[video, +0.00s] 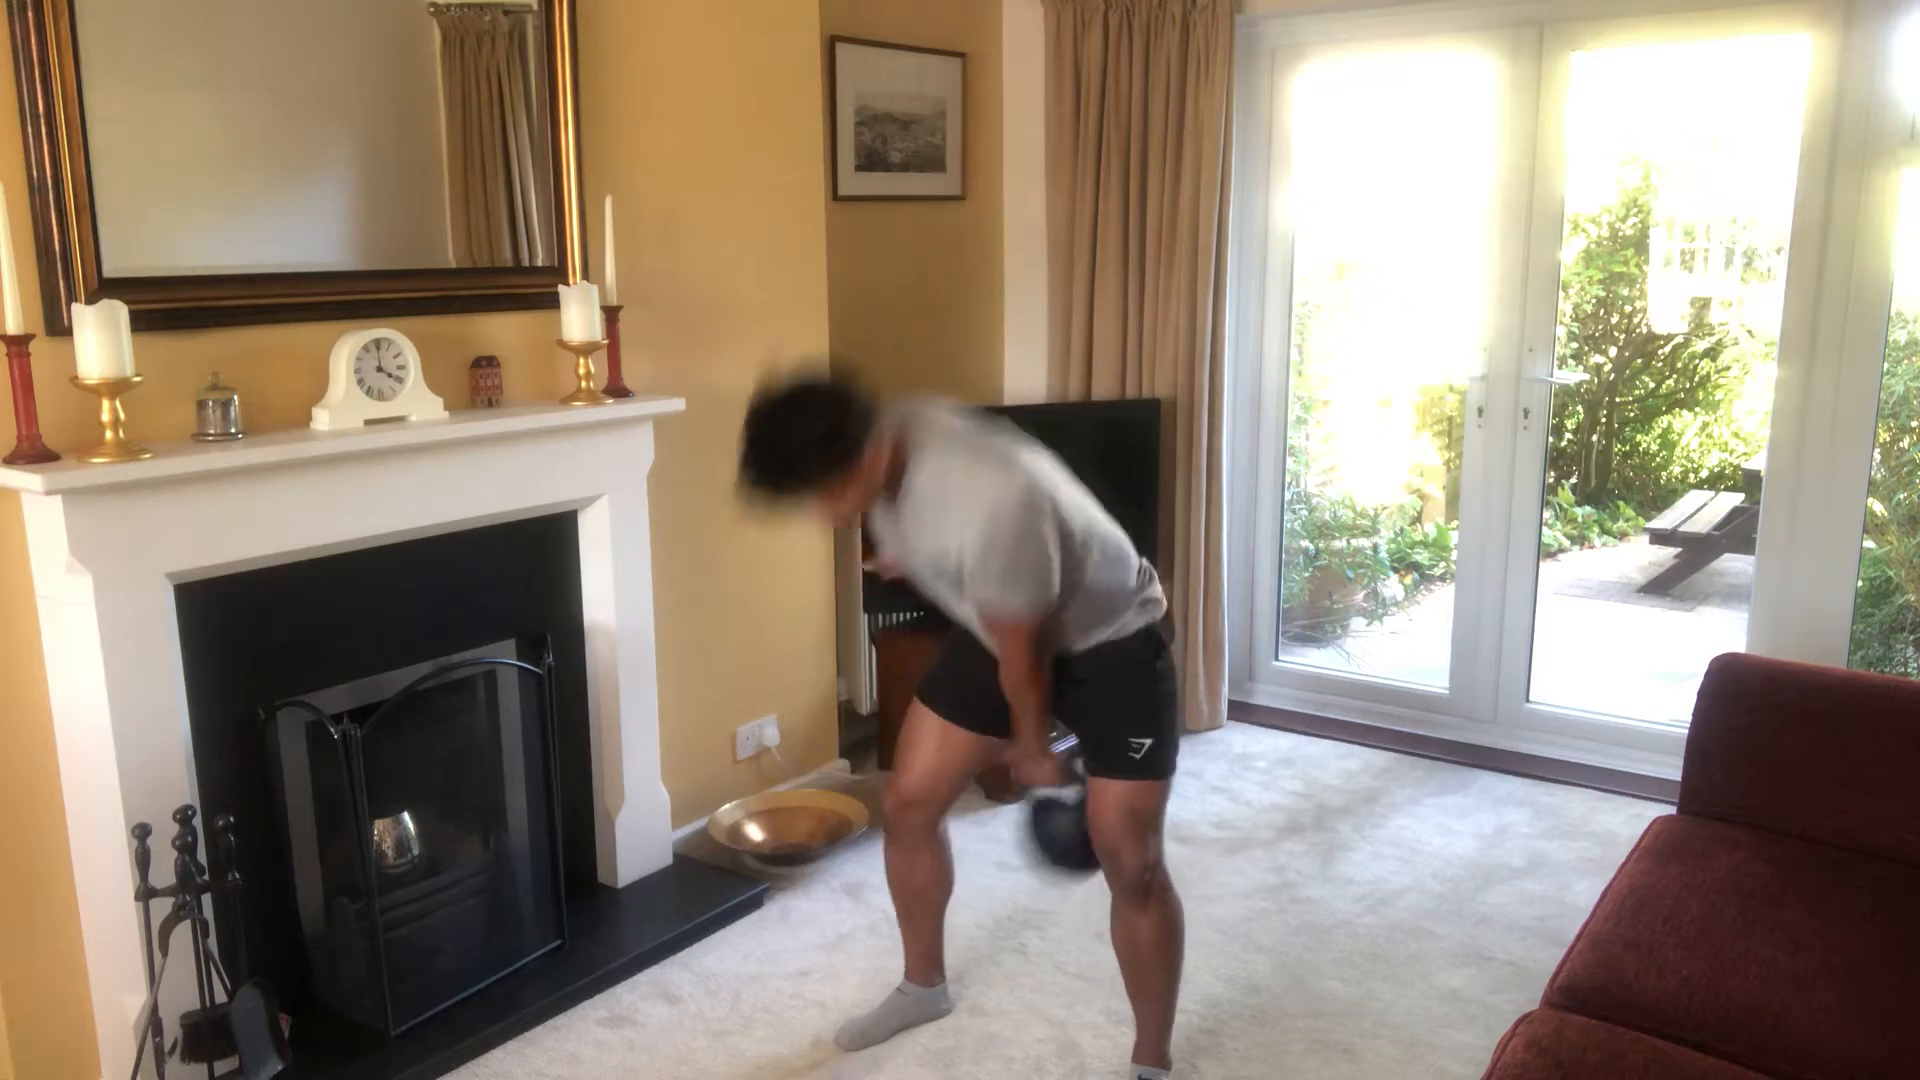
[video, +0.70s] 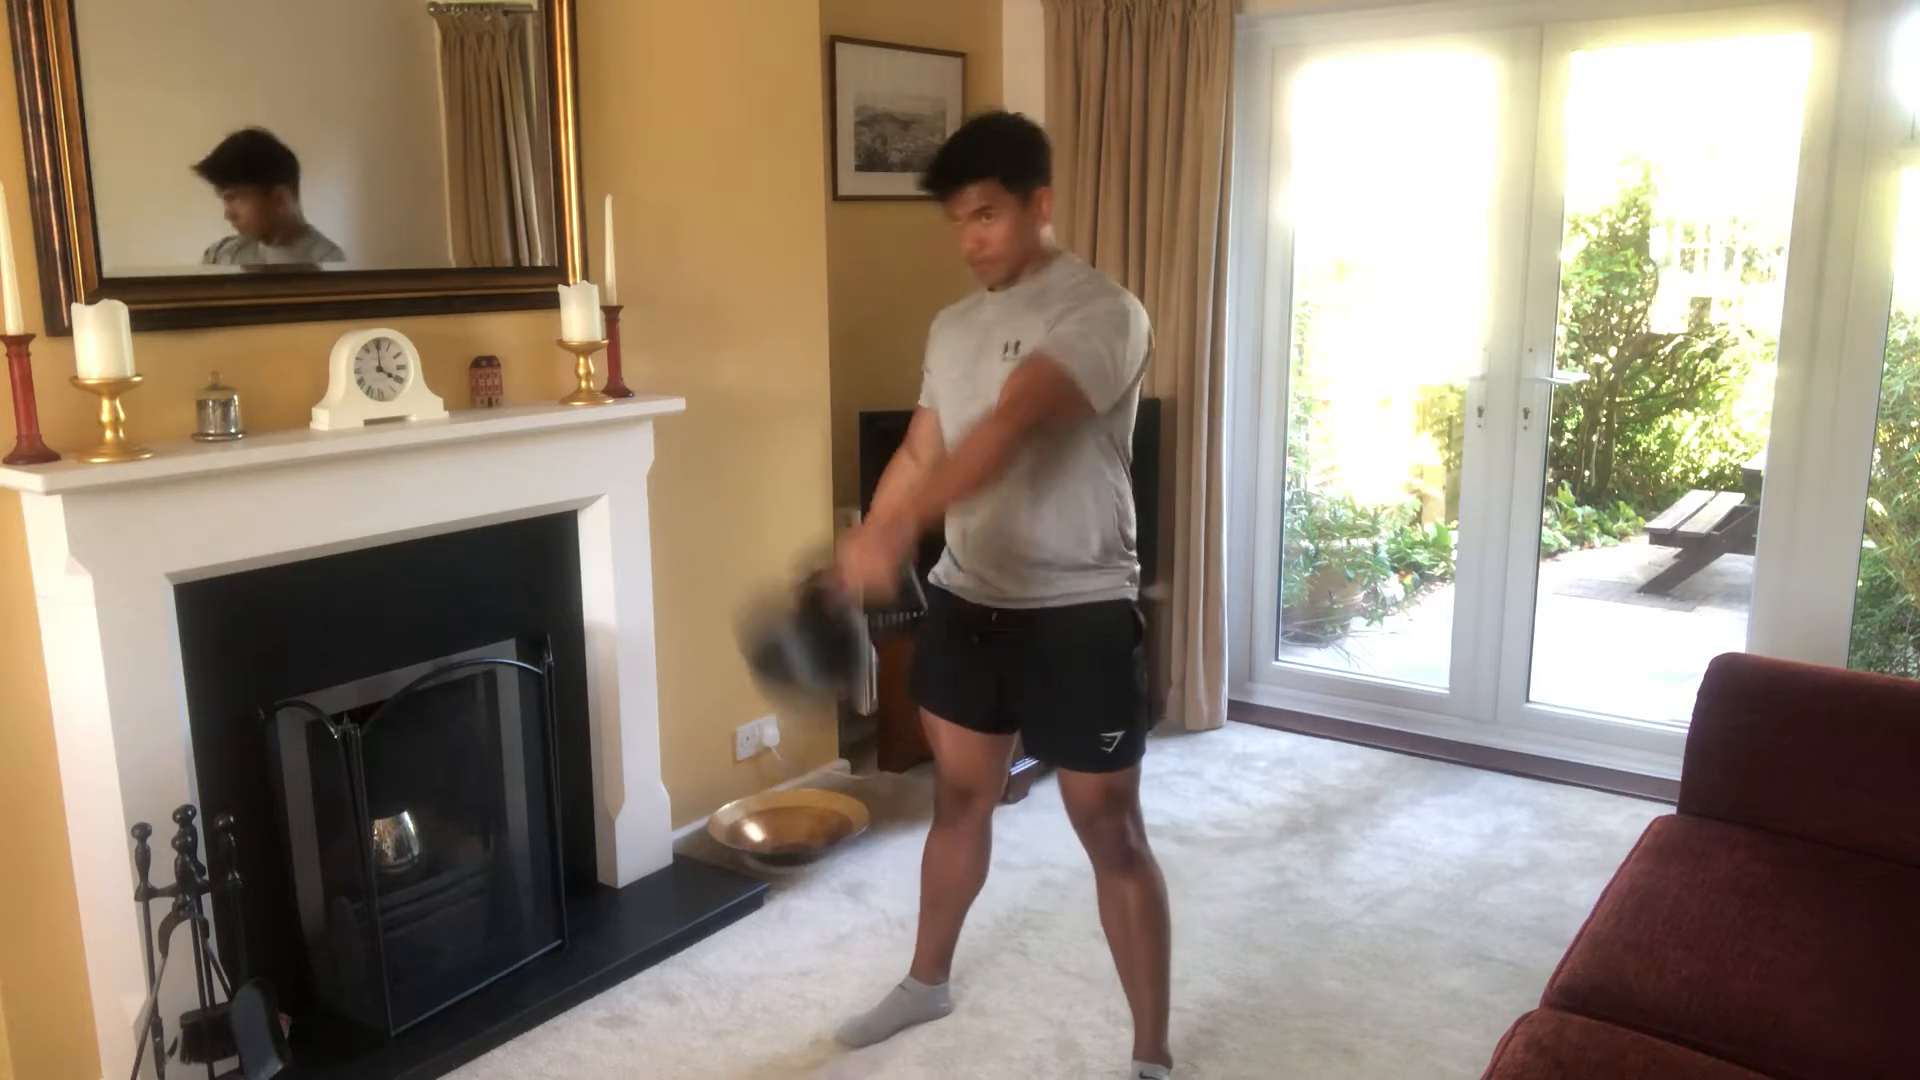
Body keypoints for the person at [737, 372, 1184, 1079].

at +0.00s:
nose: (823, 510)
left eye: (820, 493)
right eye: (810, 499)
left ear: (851, 461)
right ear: (852, 446)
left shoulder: (992, 499)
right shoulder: (887, 442)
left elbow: (1021, 654)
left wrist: (1034, 754)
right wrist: (906, 560)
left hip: (1110, 636)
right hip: (995, 626)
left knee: (1130, 861)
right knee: (909, 802)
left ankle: (1153, 1063)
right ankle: (924, 985)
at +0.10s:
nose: (812, 626)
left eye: (810, 609)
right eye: (796, 617)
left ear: (847, 565)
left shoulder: (974, 601)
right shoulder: (857, 488)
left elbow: (1038, 703)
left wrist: (1065, 747)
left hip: (1117, 642)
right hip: (1012, 636)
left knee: (1129, 868)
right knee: (901, 808)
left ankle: (1152, 1062)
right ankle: (924, 985)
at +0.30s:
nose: (821, 621)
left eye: (819, 600)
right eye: (807, 608)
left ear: (859, 558)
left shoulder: (979, 601)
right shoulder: (867, 494)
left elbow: (1046, 716)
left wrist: (1069, 748)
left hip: (1121, 643)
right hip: (1013, 636)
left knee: (1128, 864)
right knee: (904, 805)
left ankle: (1154, 1063)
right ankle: (924, 985)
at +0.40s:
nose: (829, 462)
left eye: (833, 439)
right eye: (817, 445)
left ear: (884, 406)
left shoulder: (997, 481)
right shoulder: (878, 440)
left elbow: (1031, 634)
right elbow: (897, 512)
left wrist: (1053, 739)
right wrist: (900, 587)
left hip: (1116, 627)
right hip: (1005, 625)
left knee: (1132, 857)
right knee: (920, 798)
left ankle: (1155, 1058)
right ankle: (924, 983)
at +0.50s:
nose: (878, 313)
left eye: (891, 289)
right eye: (867, 295)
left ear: (946, 266)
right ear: (865, 289)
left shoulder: (1037, 359)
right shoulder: (905, 350)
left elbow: (1011, 548)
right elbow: (908, 463)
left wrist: (995, 699)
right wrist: (881, 574)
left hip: (1100, 604)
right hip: (989, 598)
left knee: (1128, 840)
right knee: (937, 790)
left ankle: (1156, 1057)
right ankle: (926, 982)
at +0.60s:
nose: (938, 252)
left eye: (955, 228)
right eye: (926, 234)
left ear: (1010, 213)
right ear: (917, 232)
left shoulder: (1077, 311)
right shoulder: (938, 323)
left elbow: (1009, 471)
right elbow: (916, 454)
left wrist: (939, 624)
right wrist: (857, 563)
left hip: (1089, 609)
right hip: (980, 605)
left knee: (1116, 833)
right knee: (951, 800)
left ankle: (1151, 1055)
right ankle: (927, 982)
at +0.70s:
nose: (971, 239)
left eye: (988, 216)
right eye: (958, 220)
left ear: (1042, 204)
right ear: (948, 220)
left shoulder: (1104, 310)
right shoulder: (952, 325)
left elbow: (1014, 419)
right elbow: (918, 452)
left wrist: (900, 520)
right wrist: (869, 549)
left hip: (1081, 612)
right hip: (968, 602)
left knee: (1110, 835)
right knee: (958, 803)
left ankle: (1152, 1054)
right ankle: (927, 982)